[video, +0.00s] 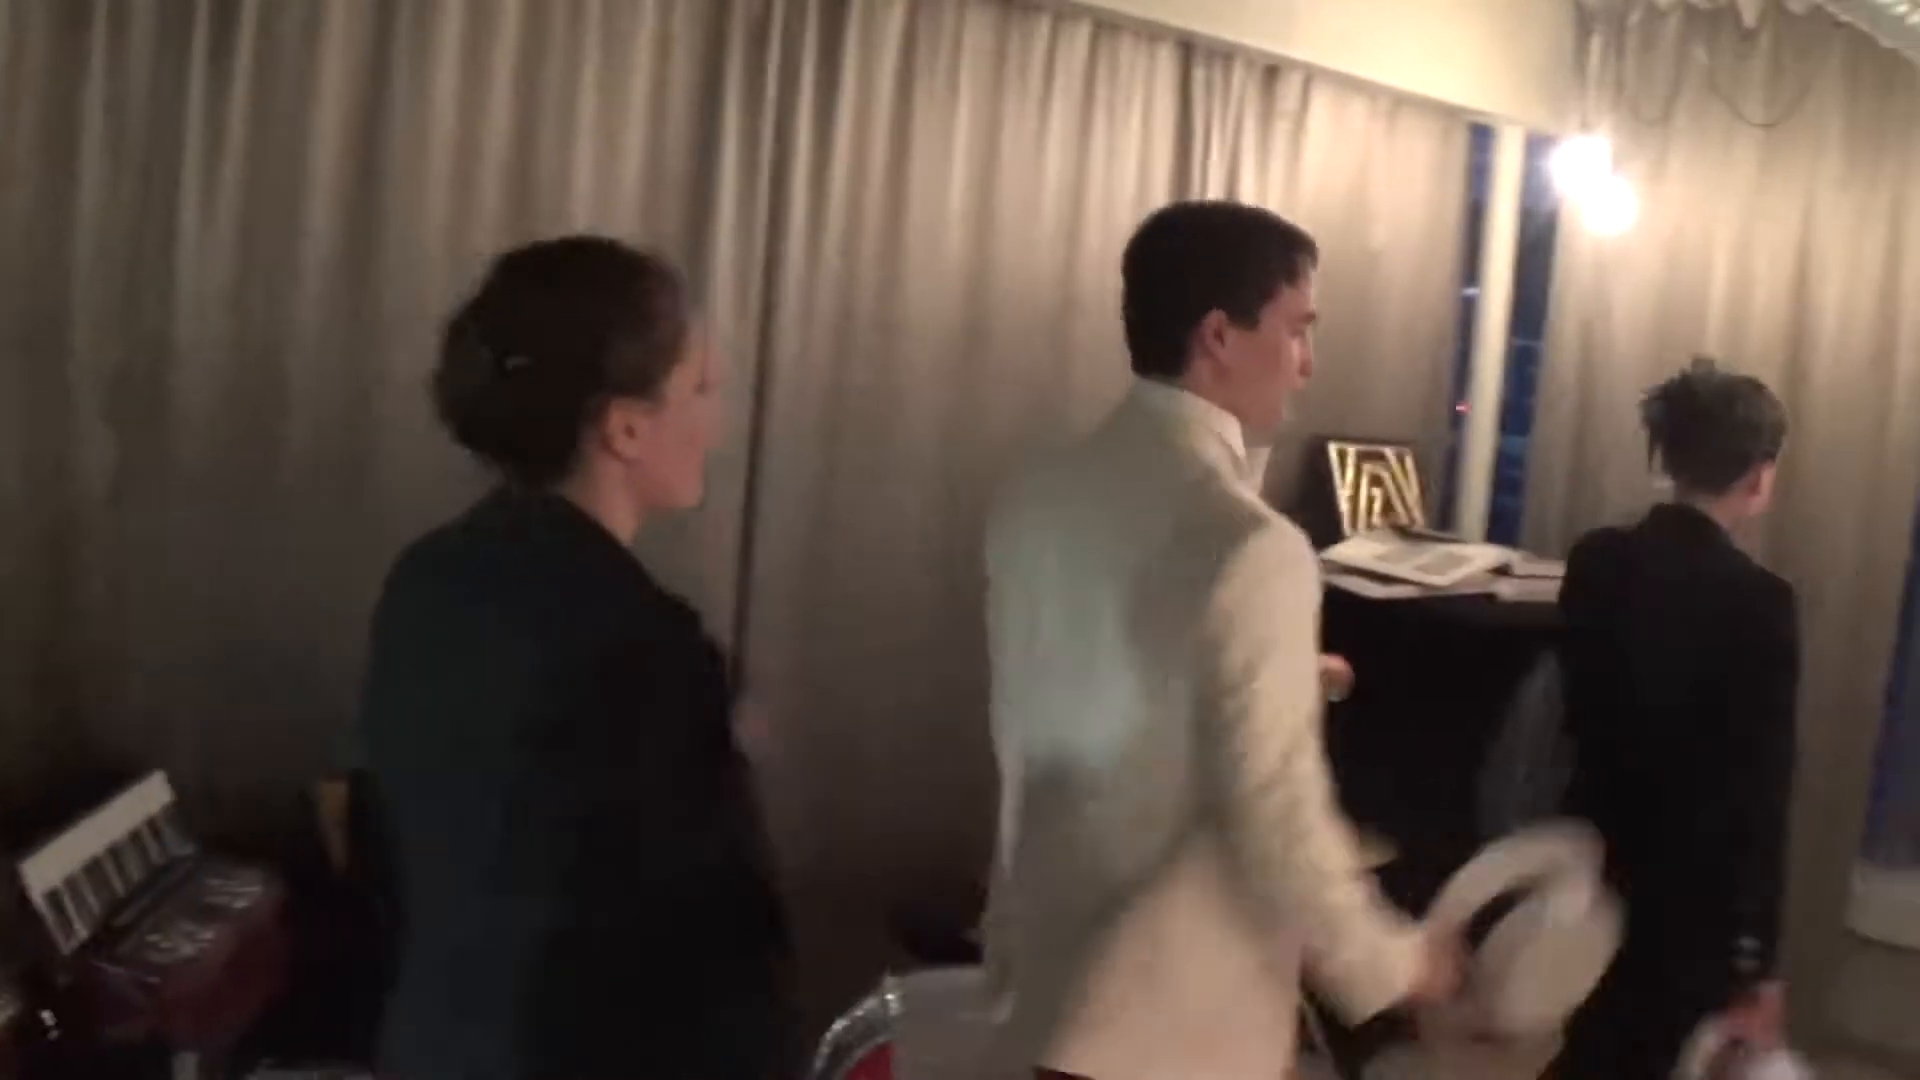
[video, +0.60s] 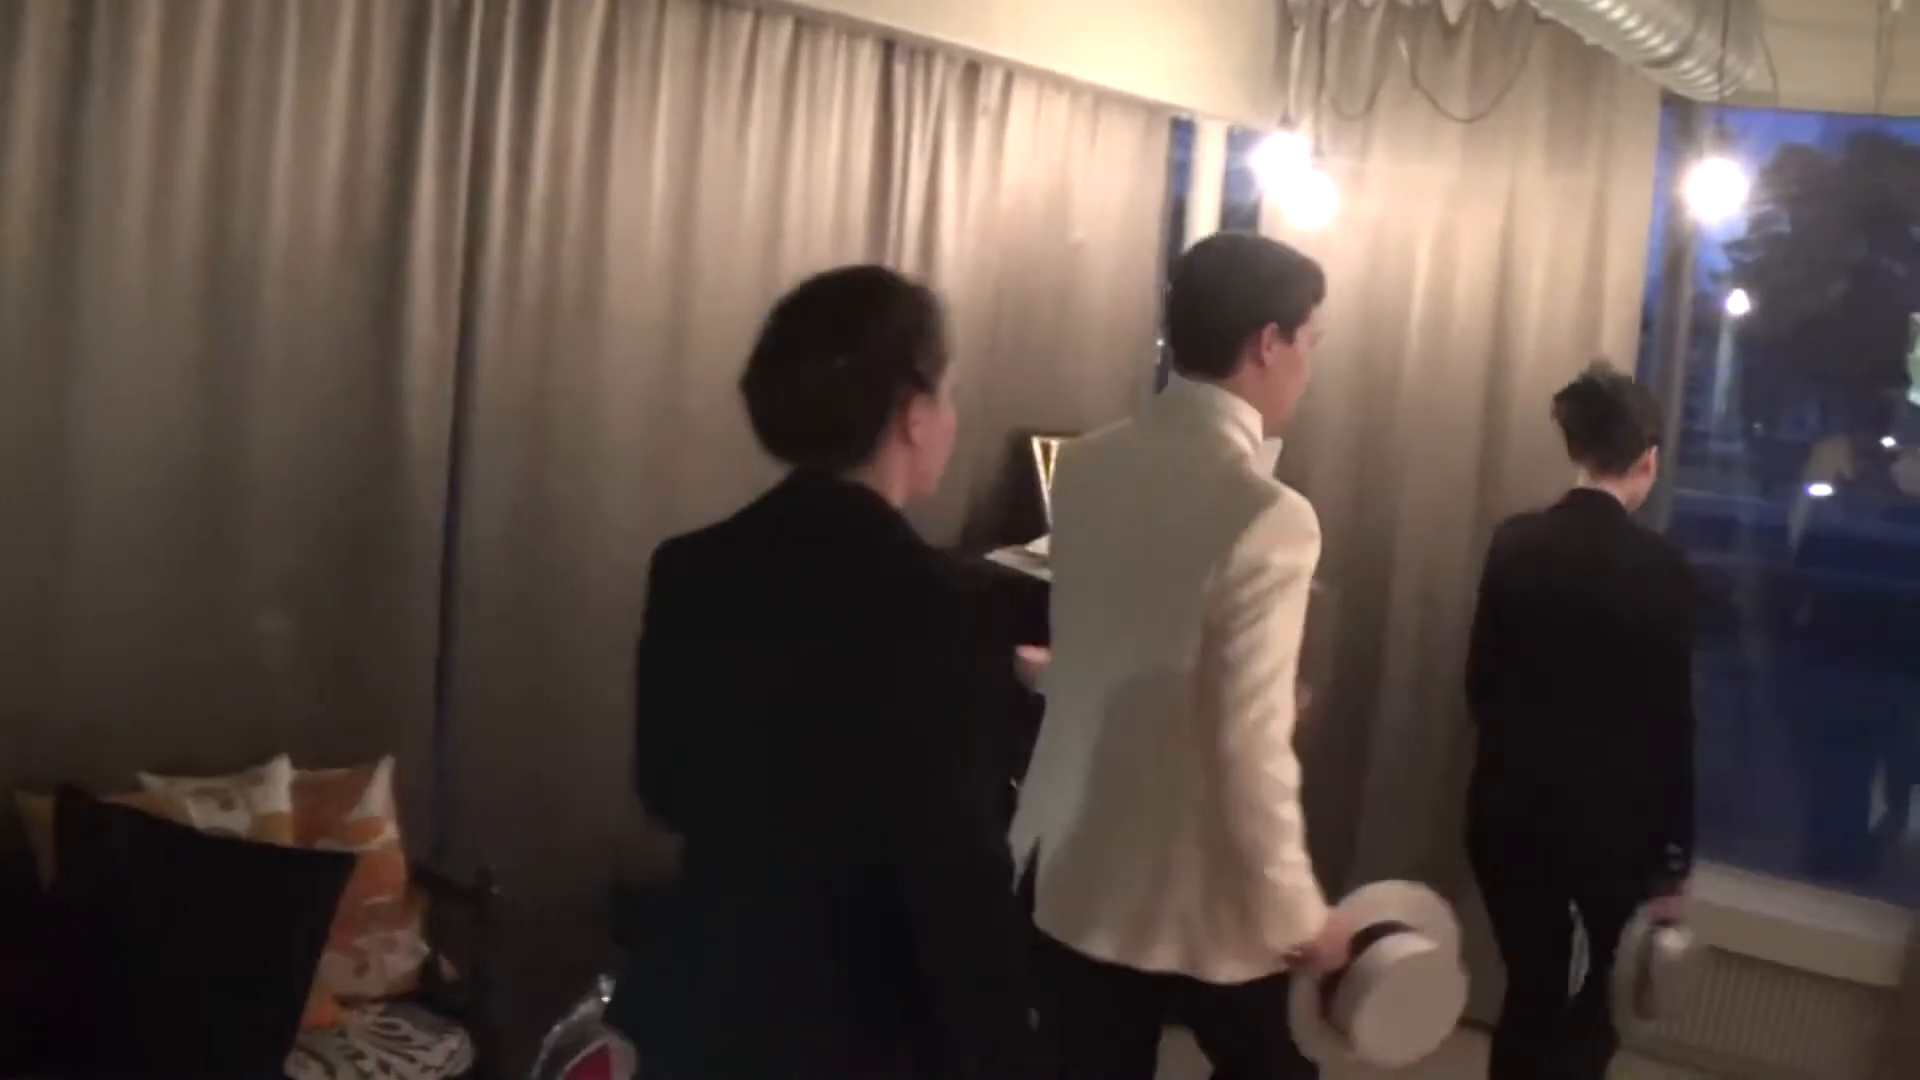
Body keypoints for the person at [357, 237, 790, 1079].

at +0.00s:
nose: (714, 417)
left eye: (709, 389)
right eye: (699, 390)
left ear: (514, 415)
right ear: (624, 431)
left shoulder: (425, 582)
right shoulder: (648, 642)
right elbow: (720, 921)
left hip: (434, 1030)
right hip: (605, 1050)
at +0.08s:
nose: (748, 416)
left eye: (744, 385)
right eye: (736, 385)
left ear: (558, 406)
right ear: (668, 416)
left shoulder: (458, 581)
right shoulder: (702, 640)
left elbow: (459, 851)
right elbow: (755, 916)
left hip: (479, 1031)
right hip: (660, 1045)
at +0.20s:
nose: (801, 405)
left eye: (795, 375)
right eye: (786, 377)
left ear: (600, 395)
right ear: (720, 401)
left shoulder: (501, 582)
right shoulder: (761, 622)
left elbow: (402, 845)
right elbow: (826, 907)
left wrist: (398, 1045)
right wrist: (1033, 1020)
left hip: (519, 1036)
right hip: (718, 1049)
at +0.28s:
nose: (828, 414)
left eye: (821, 384)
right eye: (815, 386)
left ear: (642, 411)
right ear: (758, 417)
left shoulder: (538, 583)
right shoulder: (803, 623)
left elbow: (389, 810)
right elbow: (868, 912)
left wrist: (359, 1048)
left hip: (560, 1044)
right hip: (753, 1049)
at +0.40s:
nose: (878, 422)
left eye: (869, 394)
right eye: (866, 397)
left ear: (701, 425)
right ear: (817, 426)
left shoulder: (607, 594)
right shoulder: (853, 630)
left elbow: (474, 818)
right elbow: (932, 916)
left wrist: (442, 1026)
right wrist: (1119, 858)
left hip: (616, 1041)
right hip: (800, 1046)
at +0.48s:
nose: (909, 431)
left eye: (902, 402)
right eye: (899, 403)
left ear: (737, 422)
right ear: (855, 428)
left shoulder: (637, 596)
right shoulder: (894, 635)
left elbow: (555, 839)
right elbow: (923, 893)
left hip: (654, 1037)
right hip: (838, 1043)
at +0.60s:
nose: (951, 420)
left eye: (948, 393)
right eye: (946, 394)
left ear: (786, 404)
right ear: (910, 417)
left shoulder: (689, 568)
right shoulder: (940, 602)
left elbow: (669, 787)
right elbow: (959, 847)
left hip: (719, 973)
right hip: (884, 994)